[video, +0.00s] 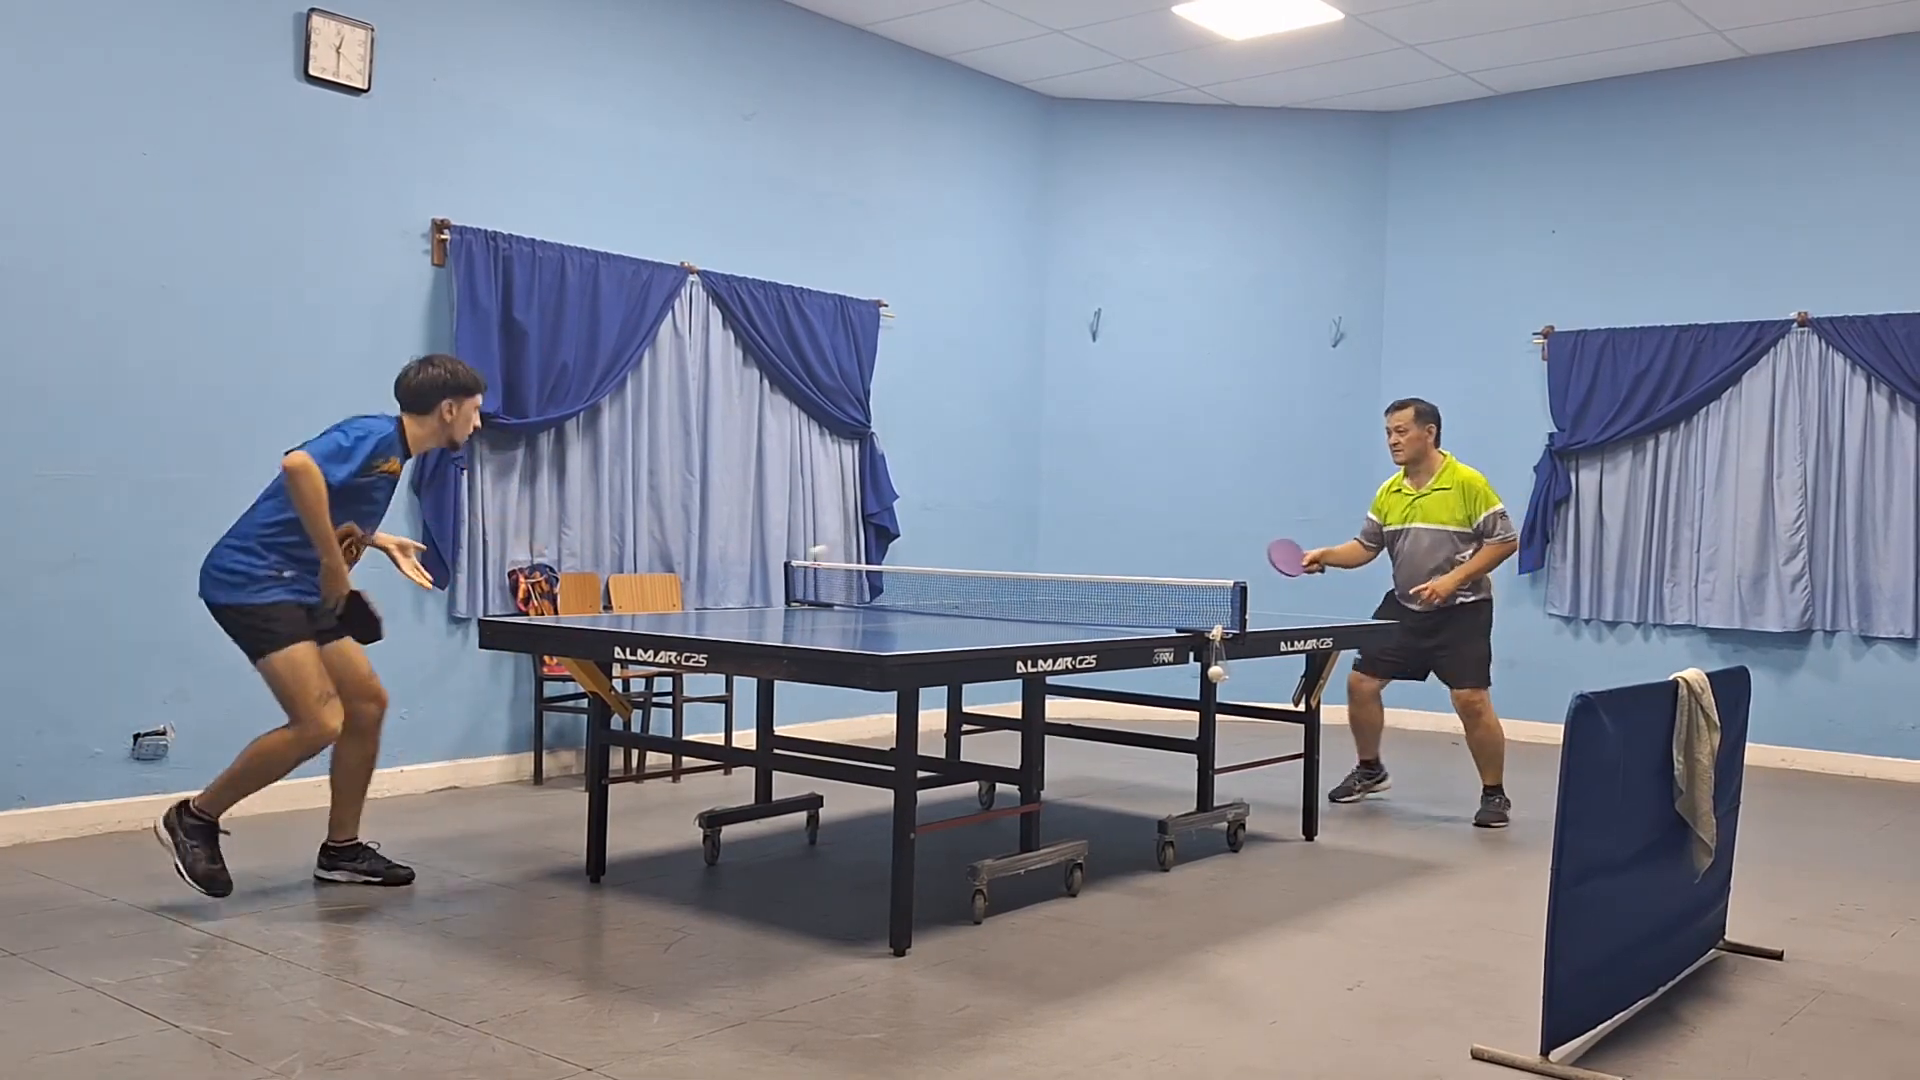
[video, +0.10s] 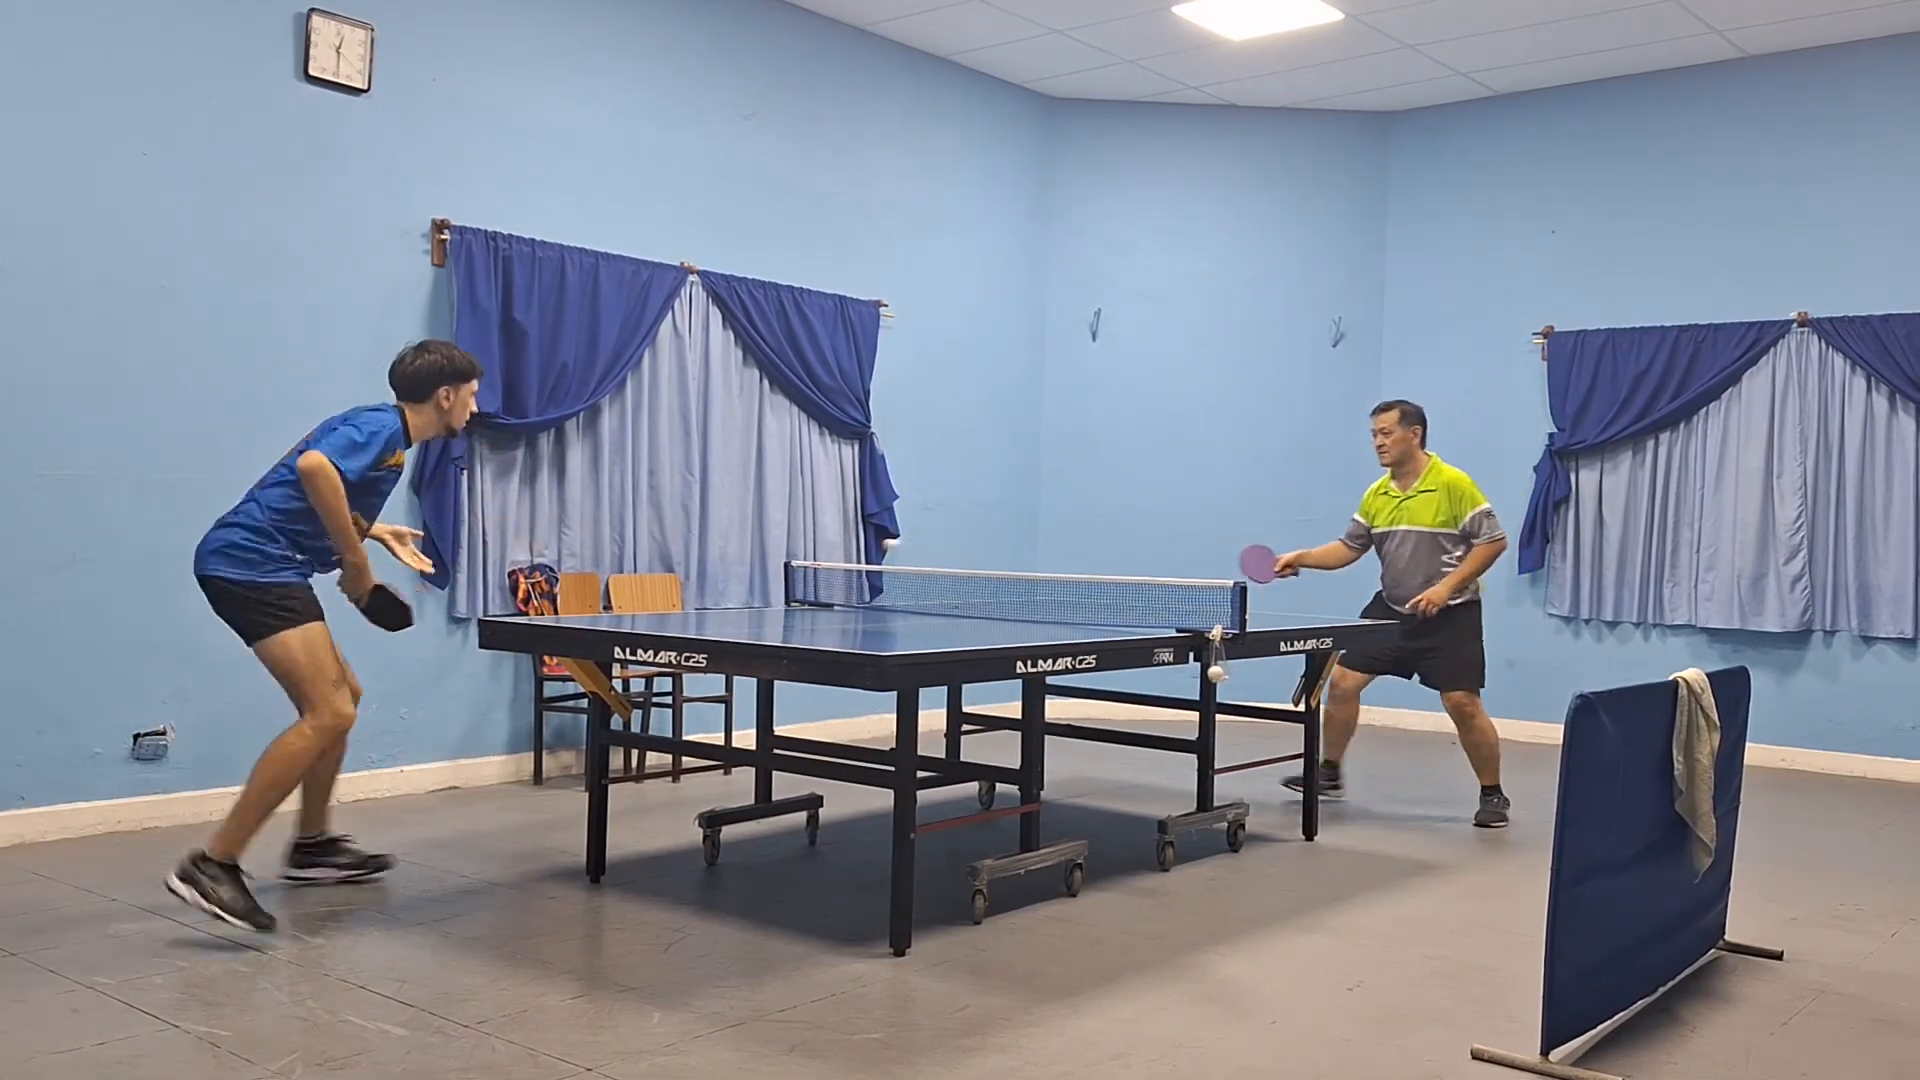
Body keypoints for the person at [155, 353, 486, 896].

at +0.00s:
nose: (479, 421)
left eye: (480, 410)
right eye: (476, 409)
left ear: (439, 408)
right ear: (447, 409)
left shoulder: (393, 453)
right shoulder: (375, 434)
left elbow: (326, 506)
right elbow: (299, 467)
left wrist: (382, 539)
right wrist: (332, 564)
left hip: (298, 584)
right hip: (250, 580)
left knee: (367, 704)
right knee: (319, 722)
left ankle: (342, 848)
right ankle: (196, 816)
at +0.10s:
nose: (474, 408)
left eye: (475, 396)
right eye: (471, 396)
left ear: (434, 395)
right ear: (443, 396)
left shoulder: (389, 441)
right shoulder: (381, 427)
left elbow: (317, 499)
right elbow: (314, 465)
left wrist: (377, 530)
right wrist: (355, 559)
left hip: (275, 566)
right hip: (249, 564)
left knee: (343, 697)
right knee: (326, 714)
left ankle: (312, 843)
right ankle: (214, 862)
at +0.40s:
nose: (450, 413)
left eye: (450, 400)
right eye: (447, 401)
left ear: (383, 403)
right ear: (423, 404)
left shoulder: (330, 449)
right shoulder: (378, 456)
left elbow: (288, 530)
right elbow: (378, 549)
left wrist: (353, 569)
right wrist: (468, 578)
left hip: (226, 613)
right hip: (269, 620)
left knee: (297, 732)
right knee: (379, 762)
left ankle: (240, 857)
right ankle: (277, 937)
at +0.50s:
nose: (449, 389)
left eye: (448, 376)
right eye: (444, 377)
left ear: (381, 382)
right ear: (418, 383)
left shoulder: (320, 429)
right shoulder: (384, 442)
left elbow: (292, 512)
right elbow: (401, 537)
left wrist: (363, 555)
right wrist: (493, 559)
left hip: (227, 600)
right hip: (278, 605)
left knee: (299, 722)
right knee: (404, 747)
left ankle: (224, 867)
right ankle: (303, 925)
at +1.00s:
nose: (439, 469)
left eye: (443, 455)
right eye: (439, 454)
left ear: (377, 443)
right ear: (412, 449)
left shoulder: (307, 472)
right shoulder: (362, 502)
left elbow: (375, 557)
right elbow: (424, 608)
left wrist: (465, 570)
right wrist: (502, 601)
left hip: (161, 638)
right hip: (211, 642)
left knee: (258, 746)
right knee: (380, 764)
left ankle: (178, 894)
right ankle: (327, 960)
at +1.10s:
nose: (438, 480)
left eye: (442, 466)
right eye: (438, 465)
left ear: (368, 451)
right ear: (410, 458)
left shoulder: (292, 472)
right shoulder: (371, 512)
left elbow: (365, 555)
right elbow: (438, 616)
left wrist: (462, 564)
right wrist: (492, 623)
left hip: (155, 646)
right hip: (221, 654)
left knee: (245, 751)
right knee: (379, 791)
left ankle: (178, 890)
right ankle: (300, 980)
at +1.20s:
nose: (428, 482)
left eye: (433, 468)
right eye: (430, 467)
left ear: (355, 446)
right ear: (404, 455)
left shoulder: (278, 464)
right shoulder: (371, 502)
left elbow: (337, 537)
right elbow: (476, 595)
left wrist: (433, 549)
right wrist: (470, 634)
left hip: (164, 659)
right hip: (237, 667)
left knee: (237, 760)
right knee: (406, 798)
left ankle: (177, 892)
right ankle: (302, 980)